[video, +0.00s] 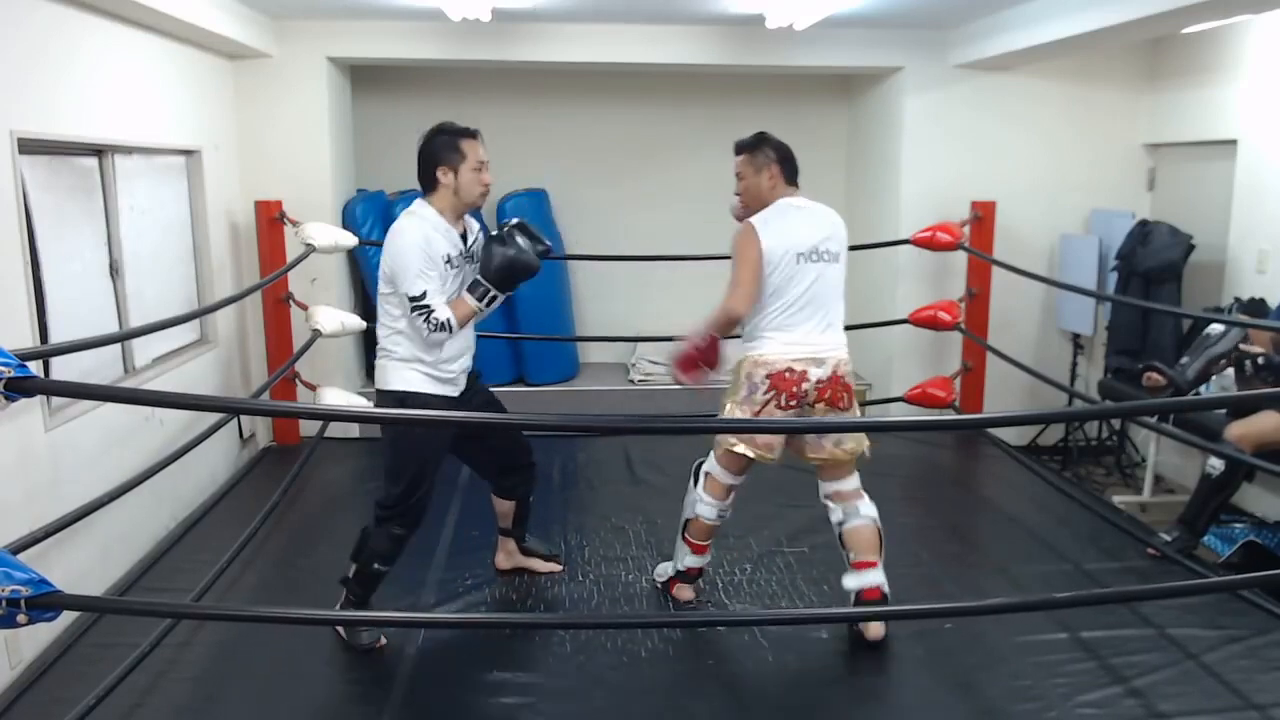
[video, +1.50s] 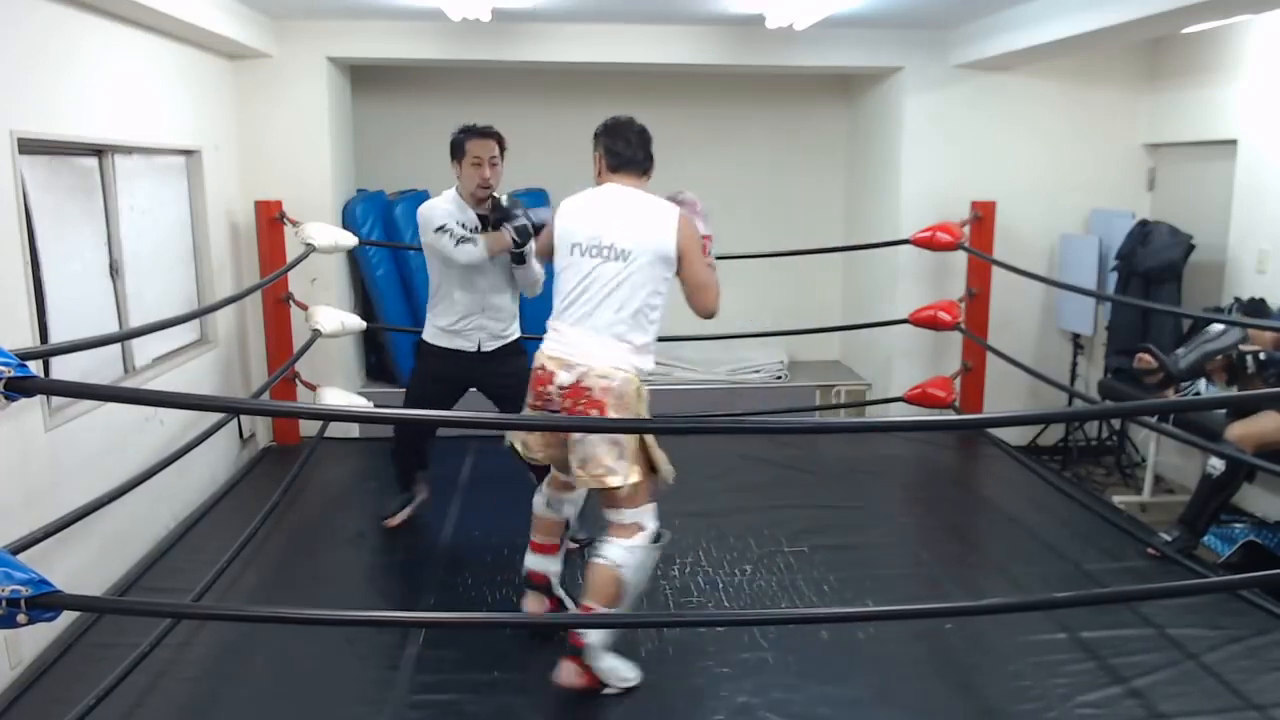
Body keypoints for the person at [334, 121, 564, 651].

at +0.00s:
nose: (488, 177)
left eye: (487, 167)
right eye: (478, 169)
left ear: (452, 175)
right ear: (444, 175)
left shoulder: (470, 228)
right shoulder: (411, 234)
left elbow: (469, 300)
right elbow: (433, 328)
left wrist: (505, 262)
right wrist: (491, 283)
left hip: (457, 383)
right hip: (410, 389)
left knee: (514, 460)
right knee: (403, 507)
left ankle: (510, 550)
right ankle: (351, 610)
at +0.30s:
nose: (505, 189)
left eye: (506, 180)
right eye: (497, 179)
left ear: (479, 183)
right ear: (462, 180)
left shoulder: (483, 231)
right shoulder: (420, 229)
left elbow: (507, 306)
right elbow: (438, 314)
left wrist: (523, 248)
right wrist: (483, 252)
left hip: (460, 370)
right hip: (412, 374)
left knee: (510, 464)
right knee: (398, 489)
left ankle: (514, 540)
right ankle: (351, 604)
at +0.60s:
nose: (536, 179)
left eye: (539, 169)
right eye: (528, 168)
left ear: (508, 173)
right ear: (497, 170)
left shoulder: (512, 217)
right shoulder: (465, 211)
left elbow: (525, 289)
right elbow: (484, 290)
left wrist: (550, 243)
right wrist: (543, 252)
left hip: (480, 357)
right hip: (431, 357)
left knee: (511, 449)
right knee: (405, 457)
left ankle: (512, 539)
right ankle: (360, 545)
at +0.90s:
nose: (478, 179)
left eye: (483, 170)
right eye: (467, 169)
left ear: (488, 173)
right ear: (441, 174)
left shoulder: (493, 222)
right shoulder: (410, 228)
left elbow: (527, 282)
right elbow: (416, 306)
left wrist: (540, 251)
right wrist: (437, 257)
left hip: (474, 360)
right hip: (417, 364)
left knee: (515, 446)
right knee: (393, 454)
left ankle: (512, 539)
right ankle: (362, 524)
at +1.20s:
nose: (458, 188)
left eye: (464, 178)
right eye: (448, 178)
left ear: (470, 179)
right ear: (423, 180)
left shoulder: (477, 220)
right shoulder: (393, 227)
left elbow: (494, 295)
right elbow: (396, 305)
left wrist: (488, 266)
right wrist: (419, 271)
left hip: (465, 347)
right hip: (407, 353)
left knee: (509, 430)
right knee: (385, 445)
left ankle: (552, 509)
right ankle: (363, 523)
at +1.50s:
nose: (486, 175)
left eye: (494, 164)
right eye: (476, 164)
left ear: (503, 168)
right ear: (456, 167)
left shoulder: (512, 215)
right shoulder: (434, 212)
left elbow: (533, 288)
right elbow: (461, 251)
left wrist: (519, 245)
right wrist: (518, 232)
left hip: (503, 349)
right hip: (445, 347)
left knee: (540, 428)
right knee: (409, 428)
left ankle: (555, 508)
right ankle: (413, 490)